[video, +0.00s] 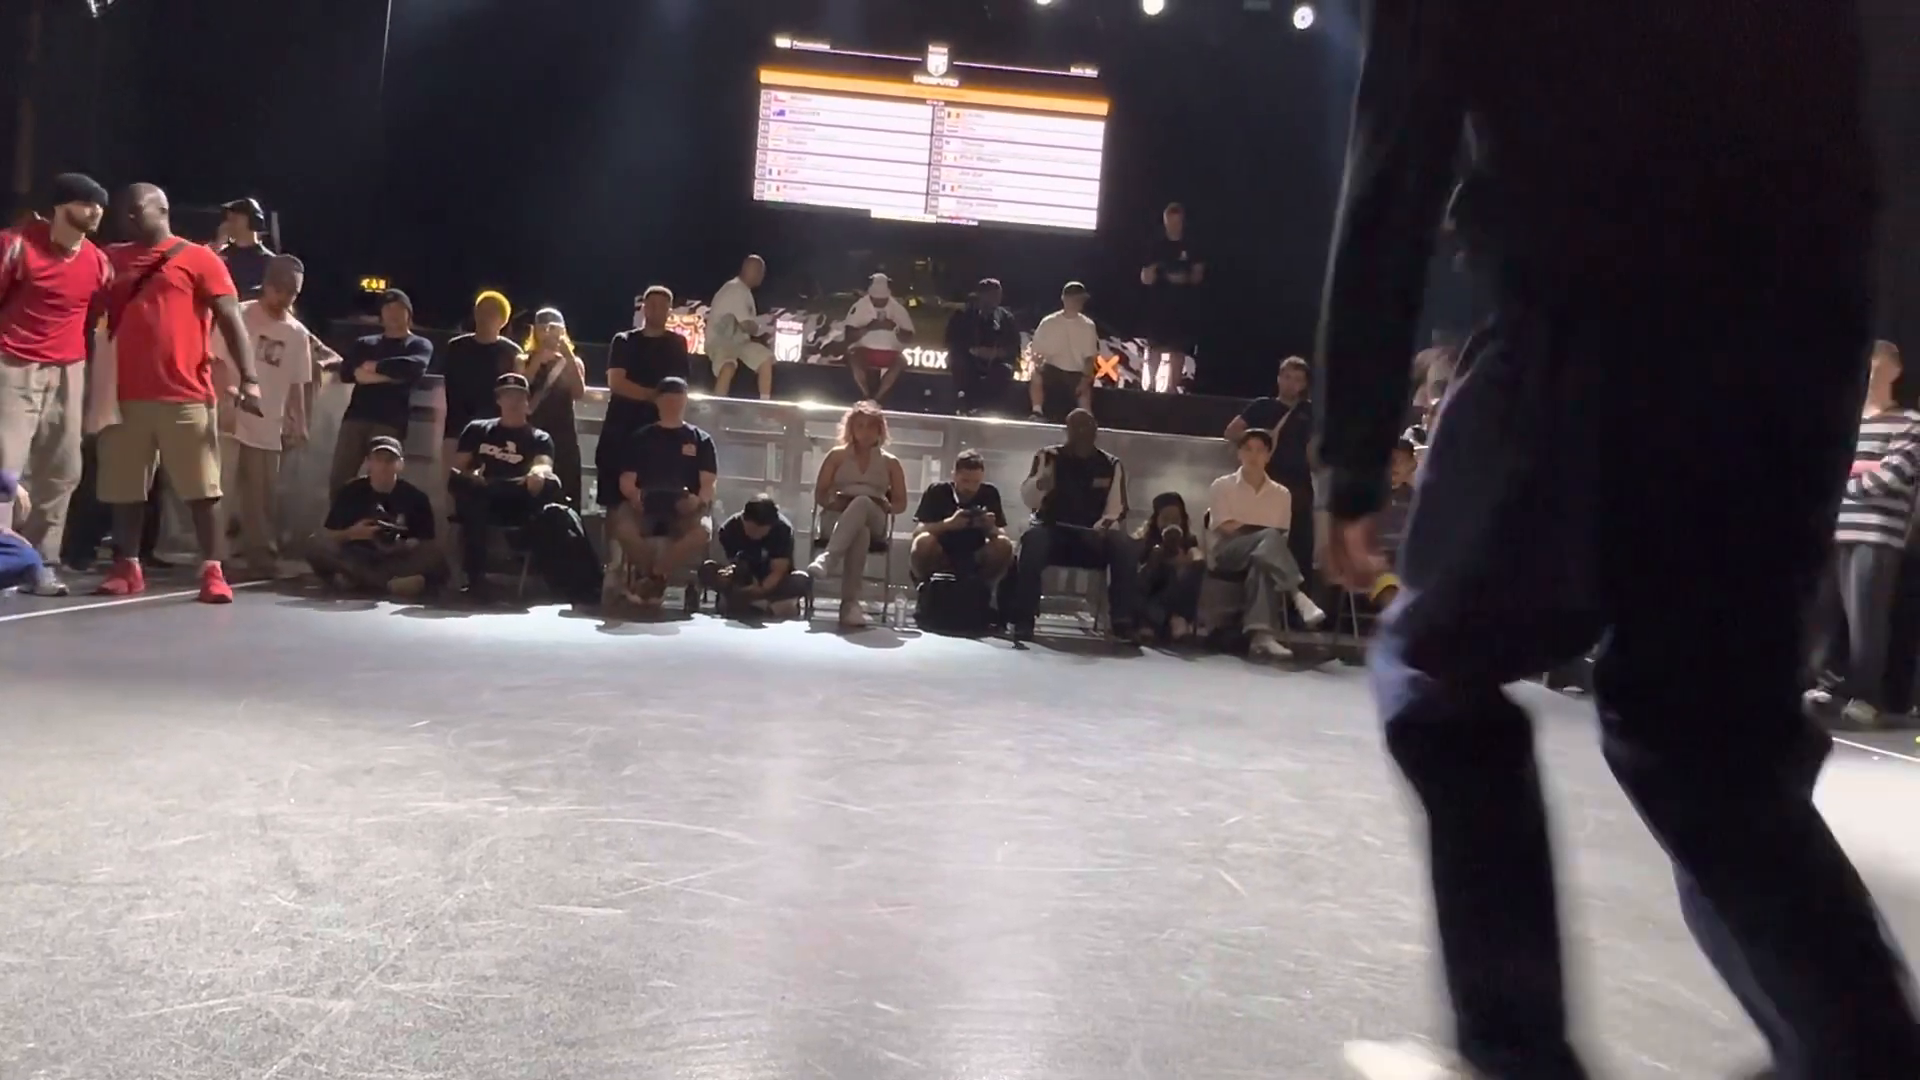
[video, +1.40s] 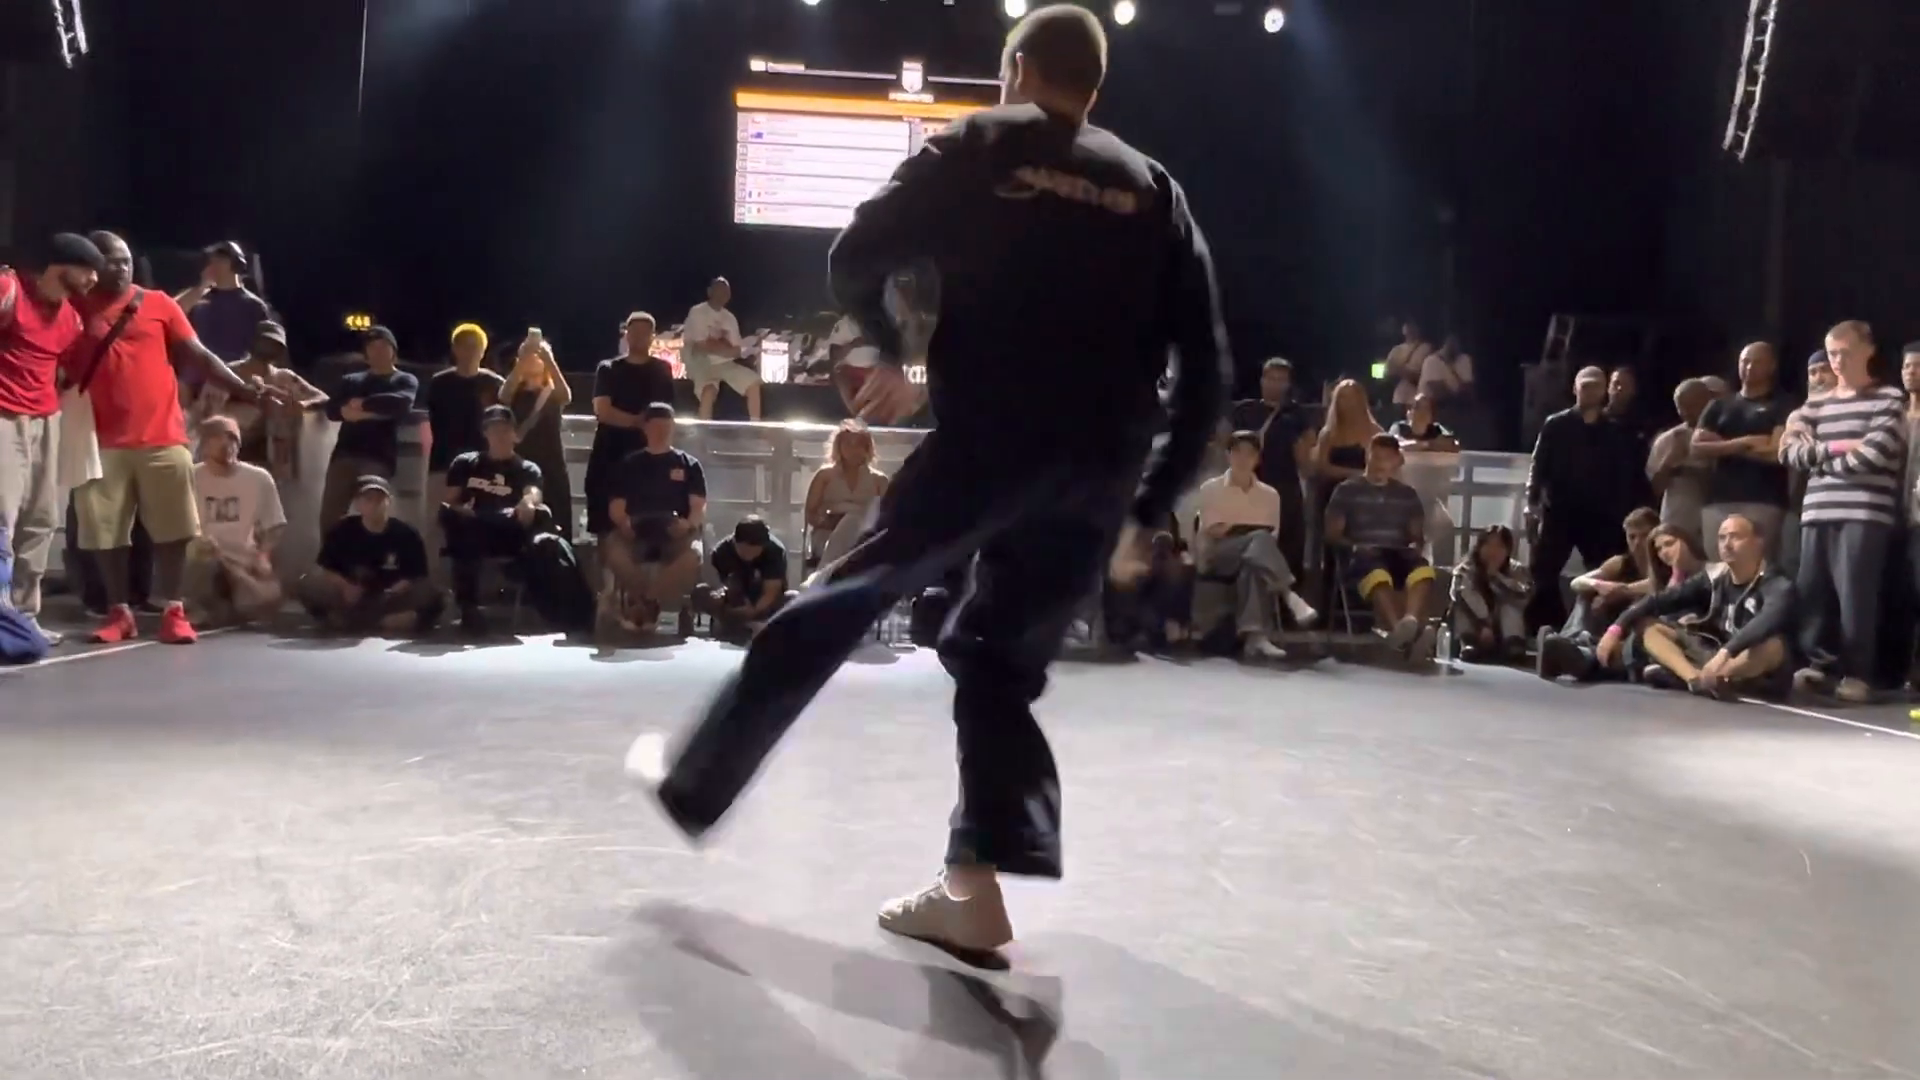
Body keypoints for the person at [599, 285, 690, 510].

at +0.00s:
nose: (656, 311)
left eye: (662, 306)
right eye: (652, 305)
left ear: (669, 311)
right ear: (644, 308)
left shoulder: (677, 342)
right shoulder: (623, 340)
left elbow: (678, 389)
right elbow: (615, 383)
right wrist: (655, 395)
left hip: (659, 429)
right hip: (622, 427)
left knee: (656, 497)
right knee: (615, 499)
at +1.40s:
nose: (639, 338)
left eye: (645, 332)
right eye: (634, 332)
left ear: (652, 337)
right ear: (626, 334)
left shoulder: (661, 369)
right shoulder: (608, 368)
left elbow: (664, 416)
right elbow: (602, 411)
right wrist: (639, 421)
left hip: (646, 454)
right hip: (610, 453)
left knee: (646, 522)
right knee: (605, 525)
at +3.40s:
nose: (660, 334)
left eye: (666, 329)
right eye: (655, 328)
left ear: (672, 333)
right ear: (646, 331)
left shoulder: (681, 363)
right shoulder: (627, 363)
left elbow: (683, 411)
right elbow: (621, 406)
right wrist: (661, 416)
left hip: (666, 451)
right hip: (628, 448)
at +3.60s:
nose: (663, 330)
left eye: (668, 325)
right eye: (658, 324)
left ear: (675, 331)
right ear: (648, 328)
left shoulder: (683, 361)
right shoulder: (630, 361)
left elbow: (686, 409)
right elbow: (624, 403)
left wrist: (637, 406)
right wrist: (664, 414)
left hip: (669, 450)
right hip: (631, 448)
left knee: (668, 517)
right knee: (627, 519)